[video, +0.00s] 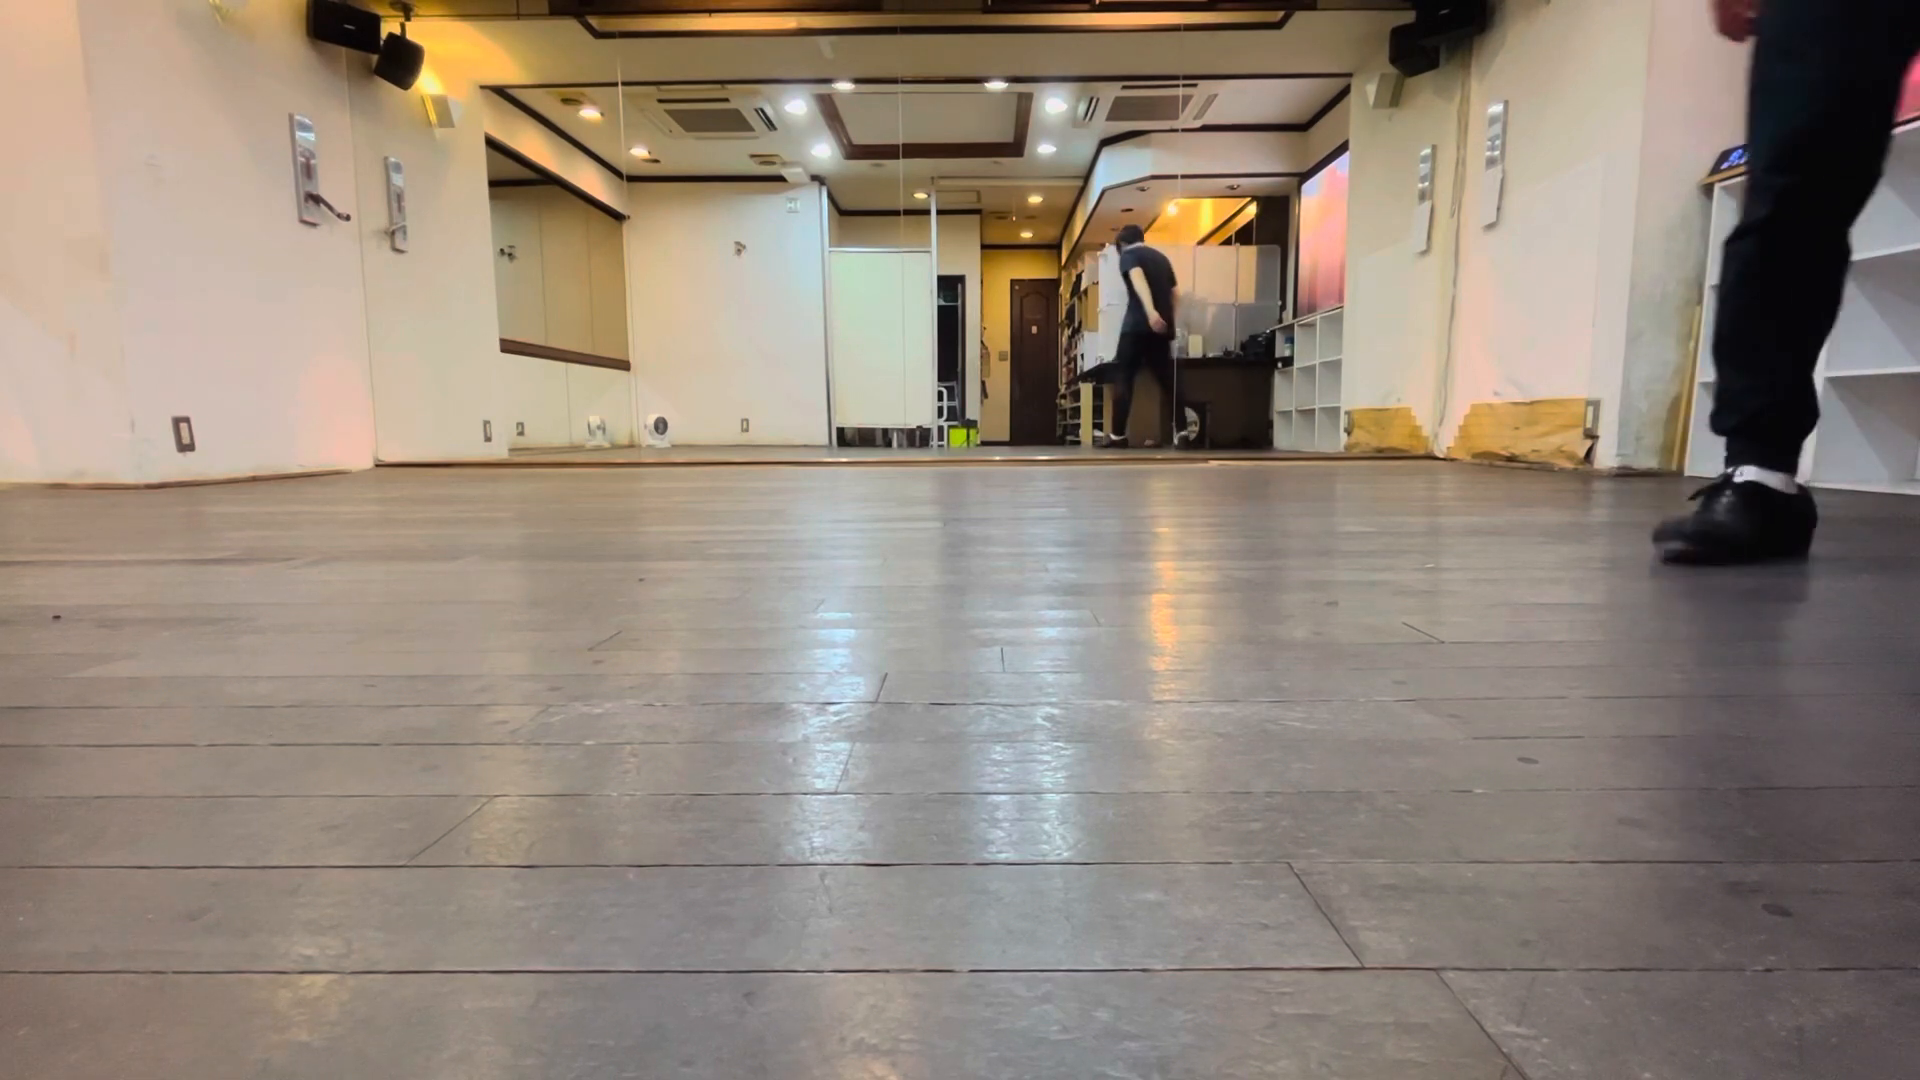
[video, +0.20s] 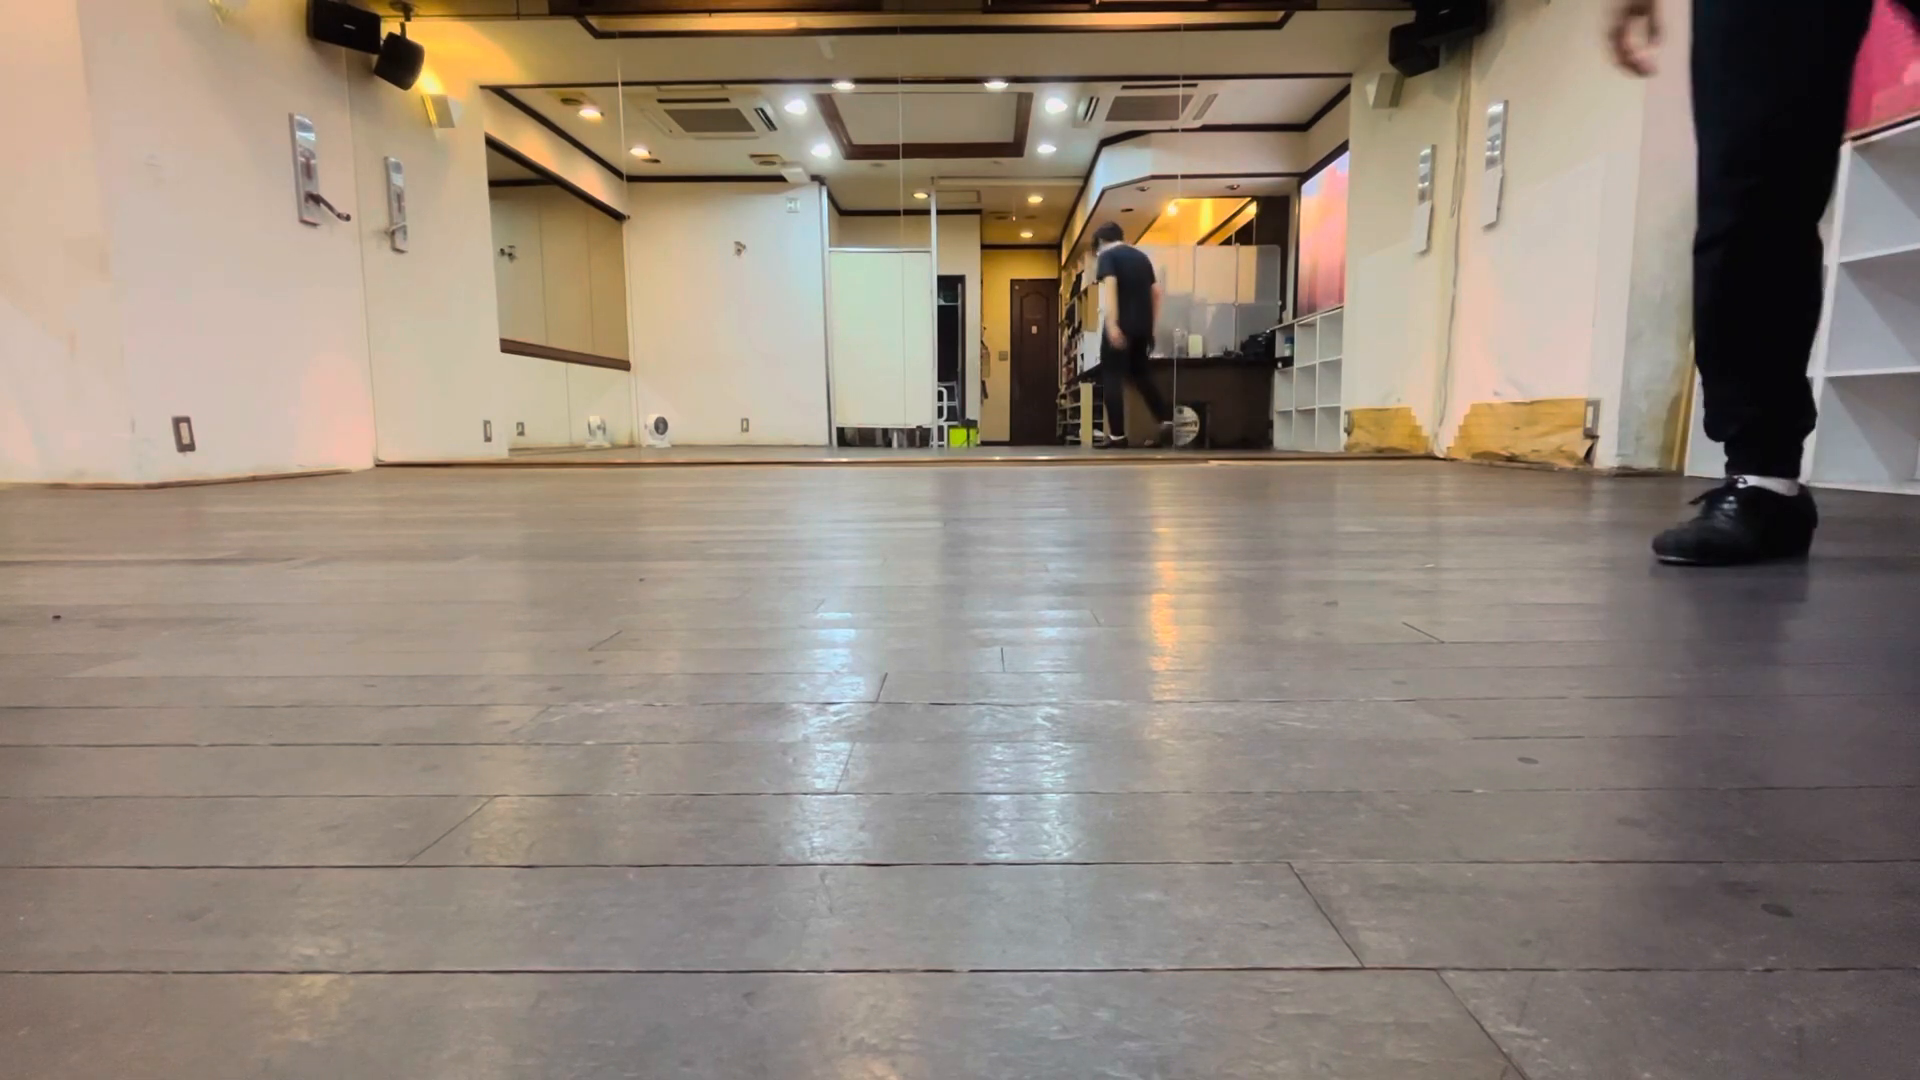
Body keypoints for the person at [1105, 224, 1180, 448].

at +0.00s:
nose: (1119, 251)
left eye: (1119, 247)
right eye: (1119, 247)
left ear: (1123, 243)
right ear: (1141, 240)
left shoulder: (1129, 255)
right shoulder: (1160, 256)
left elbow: (1139, 280)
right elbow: (1173, 292)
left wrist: (1151, 313)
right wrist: (1169, 319)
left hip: (1136, 327)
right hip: (1161, 328)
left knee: (1123, 376)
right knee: (1167, 378)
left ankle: (1117, 433)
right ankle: (1182, 429)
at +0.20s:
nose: (1099, 249)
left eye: (1098, 245)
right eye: (1098, 246)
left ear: (1102, 242)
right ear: (1121, 238)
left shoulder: (1107, 256)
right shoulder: (1140, 257)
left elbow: (1110, 287)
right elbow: (1155, 292)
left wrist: (1111, 324)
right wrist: (1152, 327)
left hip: (1119, 326)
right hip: (1142, 326)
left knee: (1110, 376)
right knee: (1139, 372)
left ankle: (1116, 434)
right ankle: (1165, 420)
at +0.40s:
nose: (1082, 246)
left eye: (1082, 242)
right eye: (1081, 243)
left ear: (1086, 239)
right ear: (1104, 237)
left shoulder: (1091, 256)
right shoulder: (1124, 256)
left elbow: (1083, 293)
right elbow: (1139, 292)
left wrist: (1065, 324)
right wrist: (1142, 327)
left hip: (1104, 329)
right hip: (1124, 328)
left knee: (1107, 379)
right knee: (1107, 377)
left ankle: (1117, 433)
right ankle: (1111, 428)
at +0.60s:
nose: (1064, 248)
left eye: (1064, 244)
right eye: (1064, 245)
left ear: (1069, 243)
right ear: (1086, 241)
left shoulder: (1073, 259)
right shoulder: (1103, 261)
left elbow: (1065, 296)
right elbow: (1120, 296)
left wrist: (1043, 315)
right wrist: (1128, 331)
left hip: (1085, 332)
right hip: (1102, 332)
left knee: (1096, 382)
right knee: (1080, 382)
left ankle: (1117, 432)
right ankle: (1067, 428)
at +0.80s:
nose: (1045, 256)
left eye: (1044, 251)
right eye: (1044, 252)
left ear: (1048, 246)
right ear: (1063, 245)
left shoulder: (1057, 257)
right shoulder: (1079, 267)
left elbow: (1055, 295)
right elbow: (1088, 306)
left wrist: (1043, 327)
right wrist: (1096, 339)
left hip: (1062, 330)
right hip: (1076, 331)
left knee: (1061, 380)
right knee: (1064, 380)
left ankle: (1099, 421)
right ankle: (1067, 430)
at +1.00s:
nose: (1025, 255)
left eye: (1025, 250)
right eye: (1024, 251)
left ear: (1030, 245)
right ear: (1041, 244)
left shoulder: (1041, 256)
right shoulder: (1052, 259)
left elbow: (1048, 283)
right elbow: (1057, 290)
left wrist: (1054, 317)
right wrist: (1055, 318)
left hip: (1044, 327)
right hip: (1053, 326)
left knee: (1036, 373)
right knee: (1048, 375)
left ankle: (1049, 422)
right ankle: (1055, 423)